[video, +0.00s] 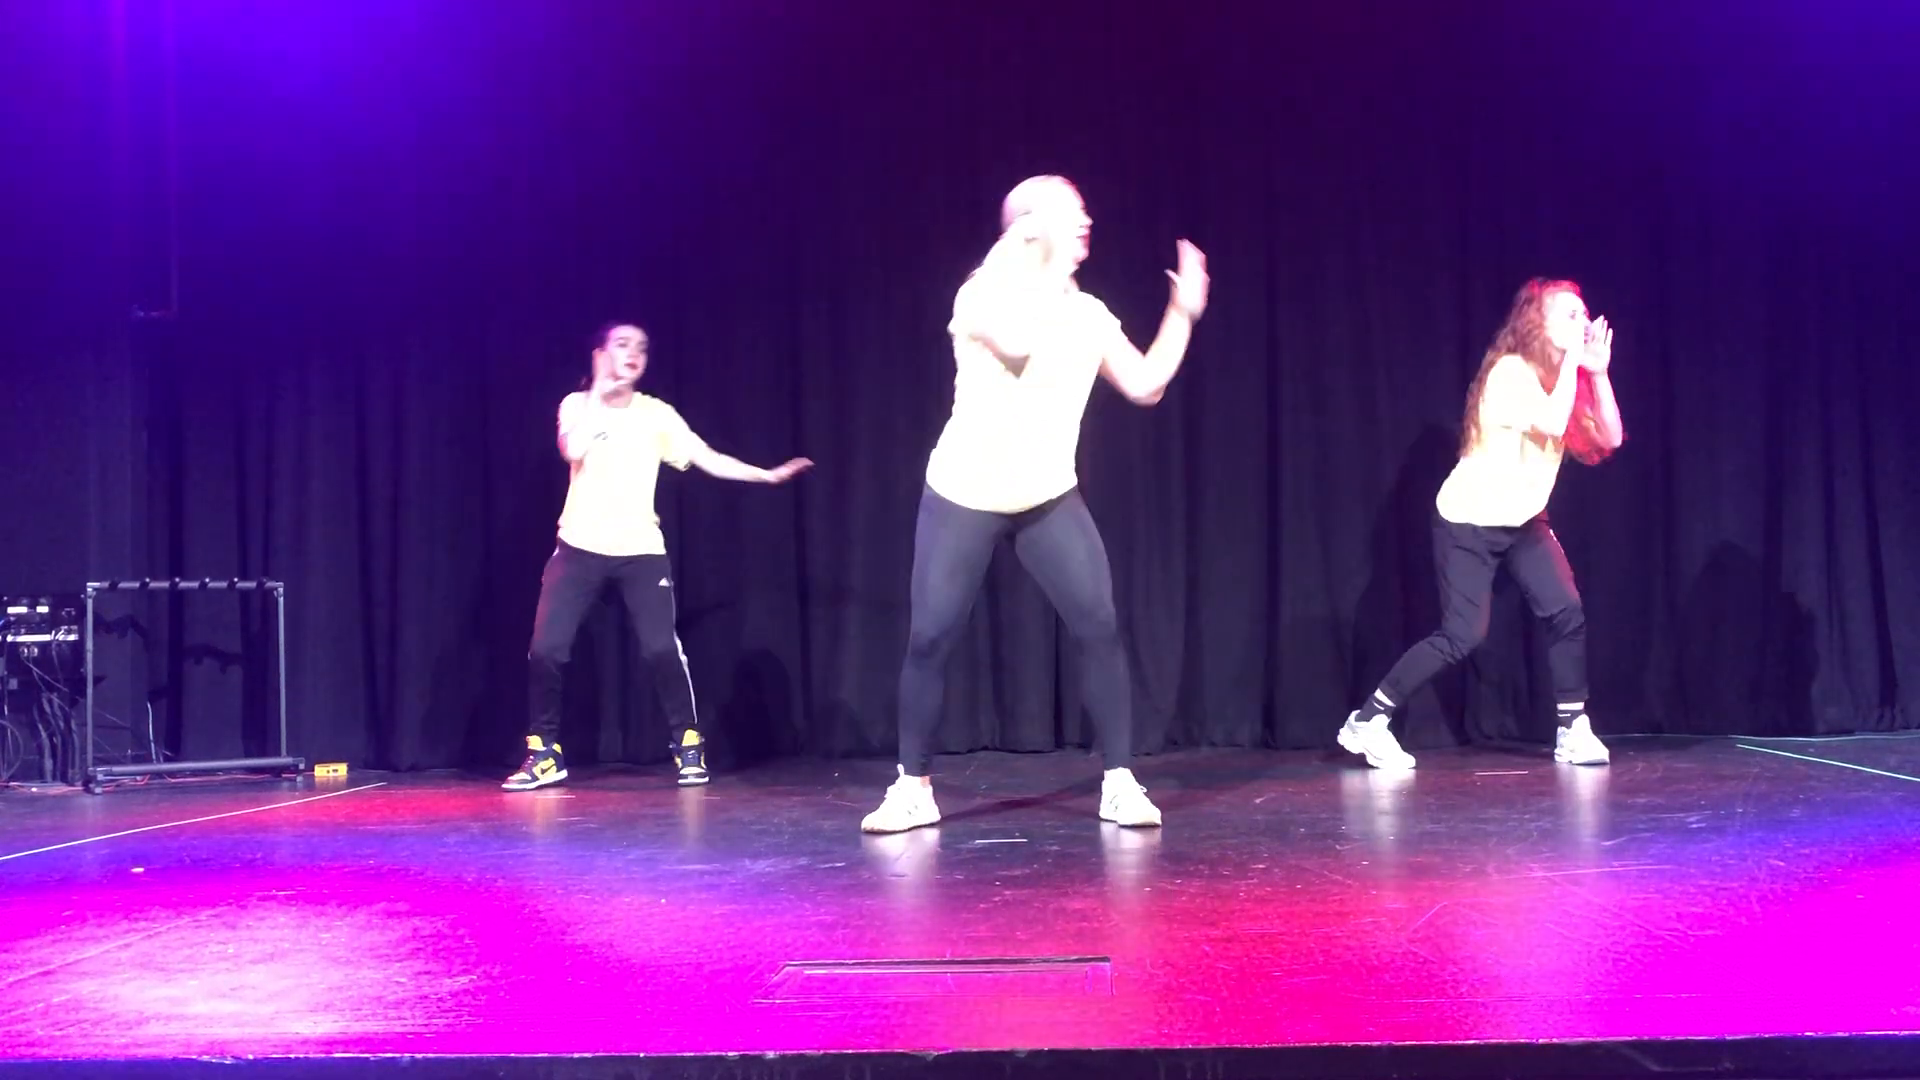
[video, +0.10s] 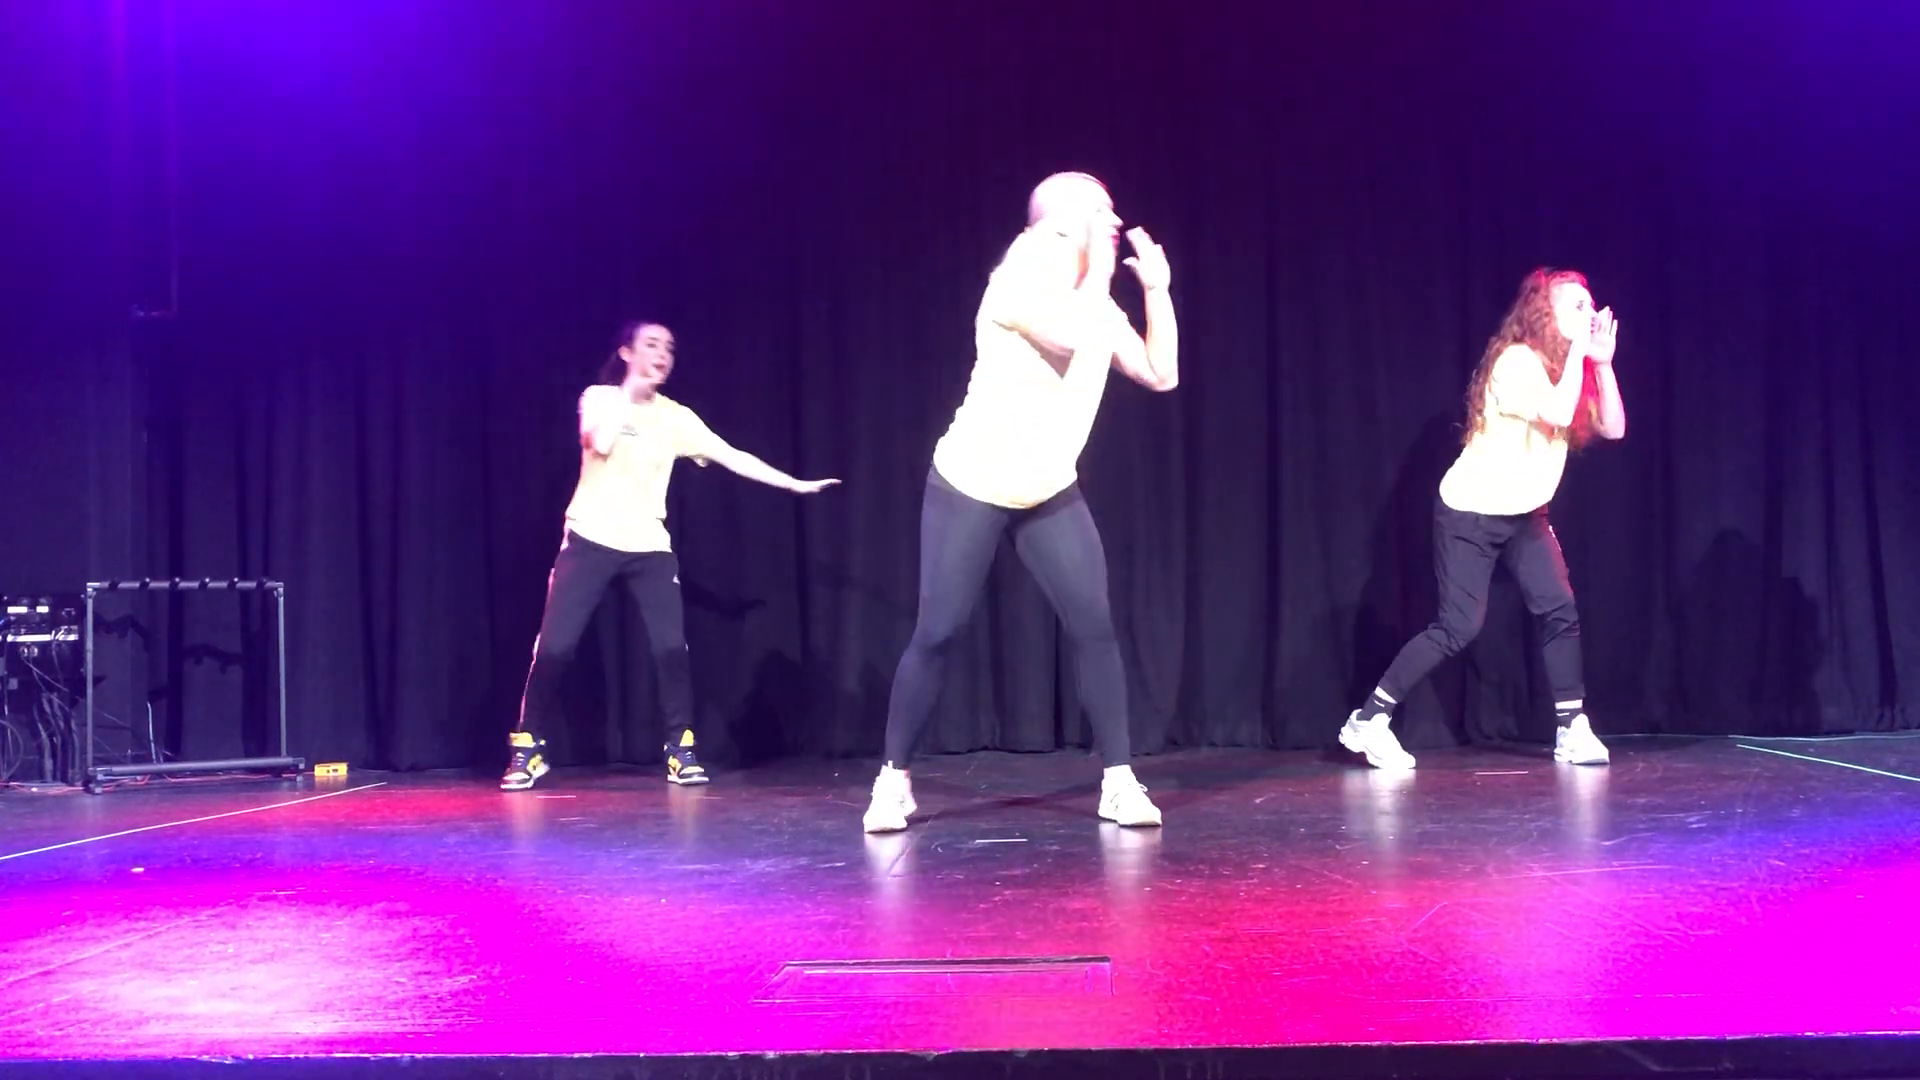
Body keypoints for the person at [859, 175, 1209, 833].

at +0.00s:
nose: (1088, 221)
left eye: (1085, 210)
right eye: (1074, 208)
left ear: (1072, 227)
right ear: (1032, 220)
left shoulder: (1085, 311)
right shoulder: (986, 288)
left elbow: (1145, 383)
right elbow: (1011, 344)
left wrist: (1182, 312)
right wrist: (1025, 249)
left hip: (1049, 494)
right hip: (965, 491)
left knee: (1098, 622)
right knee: (930, 634)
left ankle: (1119, 781)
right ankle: (912, 787)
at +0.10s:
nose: (1112, 218)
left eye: (1110, 207)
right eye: (1097, 205)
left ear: (1109, 222)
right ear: (1059, 215)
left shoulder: (1098, 305)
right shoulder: (1020, 276)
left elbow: (1161, 372)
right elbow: (1066, 342)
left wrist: (1157, 287)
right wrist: (1098, 271)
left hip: (1049, 489)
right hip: (971, 481)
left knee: (1094, 624)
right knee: (938, 629)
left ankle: (1118, 779)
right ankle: (893, 777)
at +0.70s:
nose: (1170, 293)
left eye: (1171, 282)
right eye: (1159, 280)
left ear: (1162, 290)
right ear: (1113, 280)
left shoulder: (1124, 350)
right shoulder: (1076, 324)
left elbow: (1171, 444)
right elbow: (1117, 408)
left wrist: (1182, 363)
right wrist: (1160, 342)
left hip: (1043, 514)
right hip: (967, 503)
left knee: (1101, 630)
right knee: (952, 649)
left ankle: (1116, 781)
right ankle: (882, 781)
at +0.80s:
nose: (1165, 312)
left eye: (1167, 302)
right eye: (1154, 298)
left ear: (1160, 314)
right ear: (1106, 302)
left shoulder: (1121, 378)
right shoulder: (1068, 349)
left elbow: (1174, 464)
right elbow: (1100, 438)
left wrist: (1181, 387)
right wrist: (1151, 367)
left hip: (1038, 525)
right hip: (959, 516)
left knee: (1099, 628)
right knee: (953, 649)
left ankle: (1116, 783)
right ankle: (882, 783)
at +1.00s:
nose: (1107, 333)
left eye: (1113, 322)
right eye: (1094, 322)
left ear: (1120, 324)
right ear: (1056, 325)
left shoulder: (1112, 379)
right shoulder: (1014, 366)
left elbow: (1166, 465)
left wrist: (1137, 397)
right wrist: (1073, 386)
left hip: (1034, 512)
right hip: (949, 504)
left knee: (1074, 632)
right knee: (930, 628)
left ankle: (1117, 780)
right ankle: (880, 779)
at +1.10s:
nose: (1044, 341)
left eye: (1053, 328)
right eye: (1030, 329)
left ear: (1068, 330)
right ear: (998, 335)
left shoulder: (1086, 368)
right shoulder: (964, 381)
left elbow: (1141, 464)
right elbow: (947, 484)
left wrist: (1087, 393)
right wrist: (1006, 414)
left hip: (1044, 508)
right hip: (953, 508)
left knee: (1071, 628)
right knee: (925, 628)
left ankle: (1118, 780)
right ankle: (881, 778)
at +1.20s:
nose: (969, 367)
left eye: (981, 353)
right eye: (955, 356)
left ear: (1006, 347)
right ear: (935, 358)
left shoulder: (1049, 383)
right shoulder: (919, 406)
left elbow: (1103, 471)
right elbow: (894, 511)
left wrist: (1022, 411)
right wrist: (942, 427)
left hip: (1047, 508)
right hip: (955, 512)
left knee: (1075, 625)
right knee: (927, 634)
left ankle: (1120, 780)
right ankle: (886, 781)